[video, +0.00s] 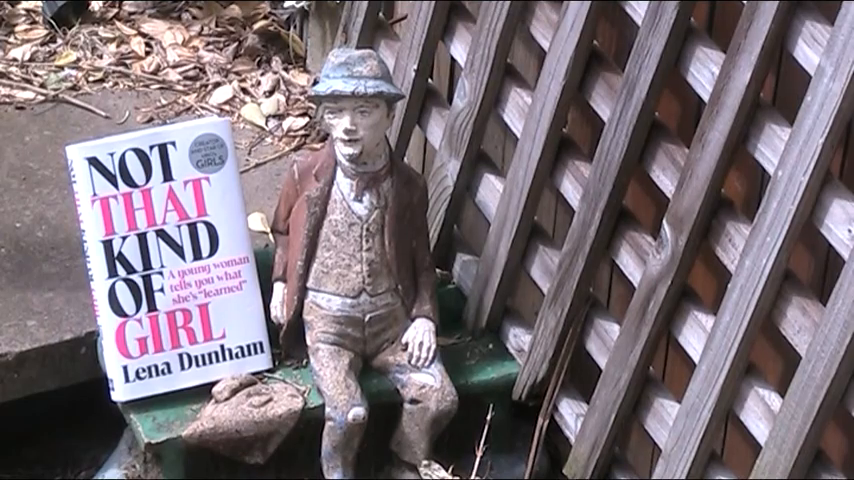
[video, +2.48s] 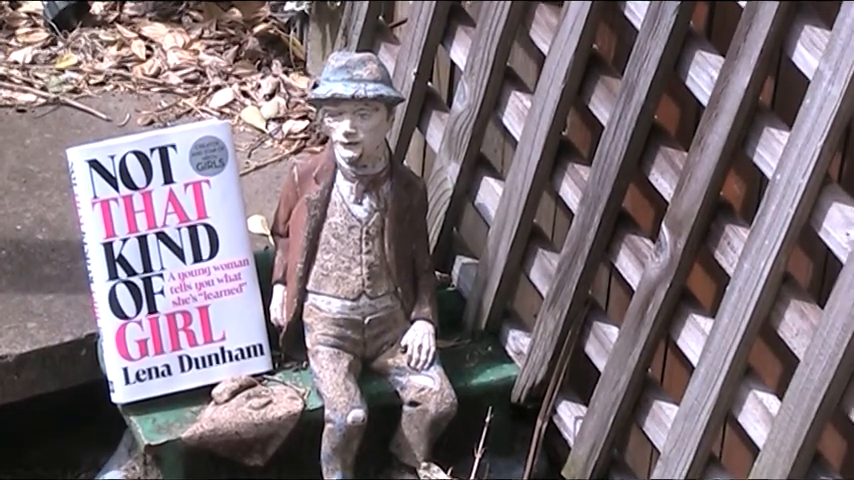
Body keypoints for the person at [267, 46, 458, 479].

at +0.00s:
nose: (348, 125)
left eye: (363, 112)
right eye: (336, 112)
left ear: (388, 116)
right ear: (323, 117)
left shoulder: (409, 185)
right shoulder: (304, 174)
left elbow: (423, 261)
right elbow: (282, 233)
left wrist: (425, 315)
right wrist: (282, 282)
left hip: (393, 323)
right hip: (328, 323)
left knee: (438, 398)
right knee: (349, 414)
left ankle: (407, 459)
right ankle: (337, 472)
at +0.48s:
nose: (348, 125)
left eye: (363, 111)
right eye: (336, 112)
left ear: (388, 116)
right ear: (323, 117)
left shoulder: (409, 185)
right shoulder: (304, 174)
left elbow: (423, 261)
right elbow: (282, 233)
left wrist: (425, 315)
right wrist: (282, 282)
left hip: (393, 323)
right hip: (328, 323)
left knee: (438, 398)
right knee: (349, 414)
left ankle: (407, 458)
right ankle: (337, 472)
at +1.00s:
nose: (348, 124)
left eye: (364, 111)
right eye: (336, 111)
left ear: (388, 114)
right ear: (323, 116)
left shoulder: (409, 184)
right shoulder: (304, 173)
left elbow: (423, 261)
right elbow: (283, 232)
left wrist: (425, 315)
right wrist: (281, 281)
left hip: (393, 322)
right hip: (328, 321)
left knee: (438, 398)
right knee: (349, 414)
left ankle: (406, 458)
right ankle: (338, 472)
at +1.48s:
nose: (349, 127)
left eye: (364, 113)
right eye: (336, 114)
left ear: (389, 117)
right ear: (323, 118)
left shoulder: (409, 186)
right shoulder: (305, 175)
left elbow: (423, 263)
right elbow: (283, 235)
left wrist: (425, 317)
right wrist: (282, 284)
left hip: (394, 325)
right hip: (329, 325)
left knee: (438, 399)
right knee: (349, 416)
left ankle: (408, 460)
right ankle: (338, 472)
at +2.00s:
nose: (348, 126)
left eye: (363, 112)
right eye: (336, 113)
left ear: (388, 116)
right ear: (322, 118)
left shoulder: (409, 185)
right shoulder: (304, 175)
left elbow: (423, 262)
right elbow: (283, 235)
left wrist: (425, 316)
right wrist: (282, 284)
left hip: (393, 323)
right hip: (328, 323)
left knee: (438, 399)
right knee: (349, 415)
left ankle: (406, 459)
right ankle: (338, 473)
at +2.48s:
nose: (348, 129)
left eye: (363, 115)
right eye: (336, 115)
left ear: (388, 118)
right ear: (323, 120)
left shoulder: (408, 187)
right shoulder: (305, 176)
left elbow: (422, 265)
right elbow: (283, 236)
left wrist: (424, 318)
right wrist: (282, 286)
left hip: (393, 326)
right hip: (328, 326)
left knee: (437, 401)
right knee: (348, 417)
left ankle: (406, 462)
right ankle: (336, 473)